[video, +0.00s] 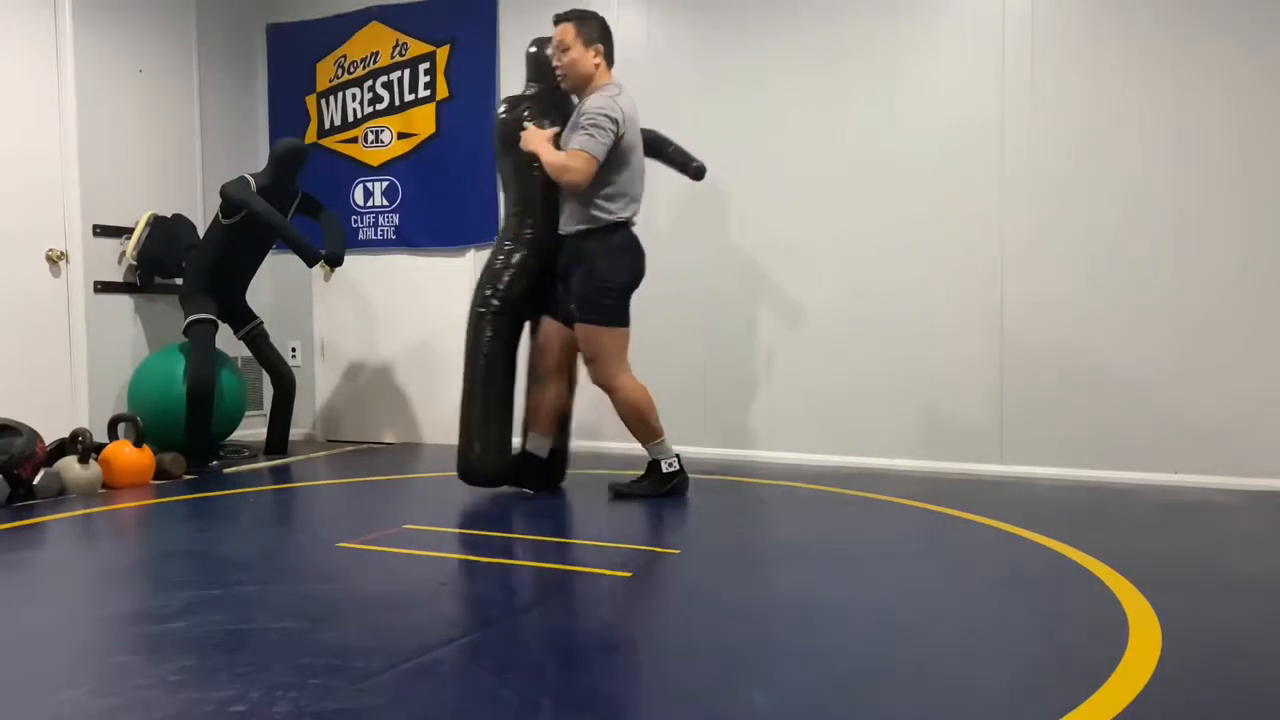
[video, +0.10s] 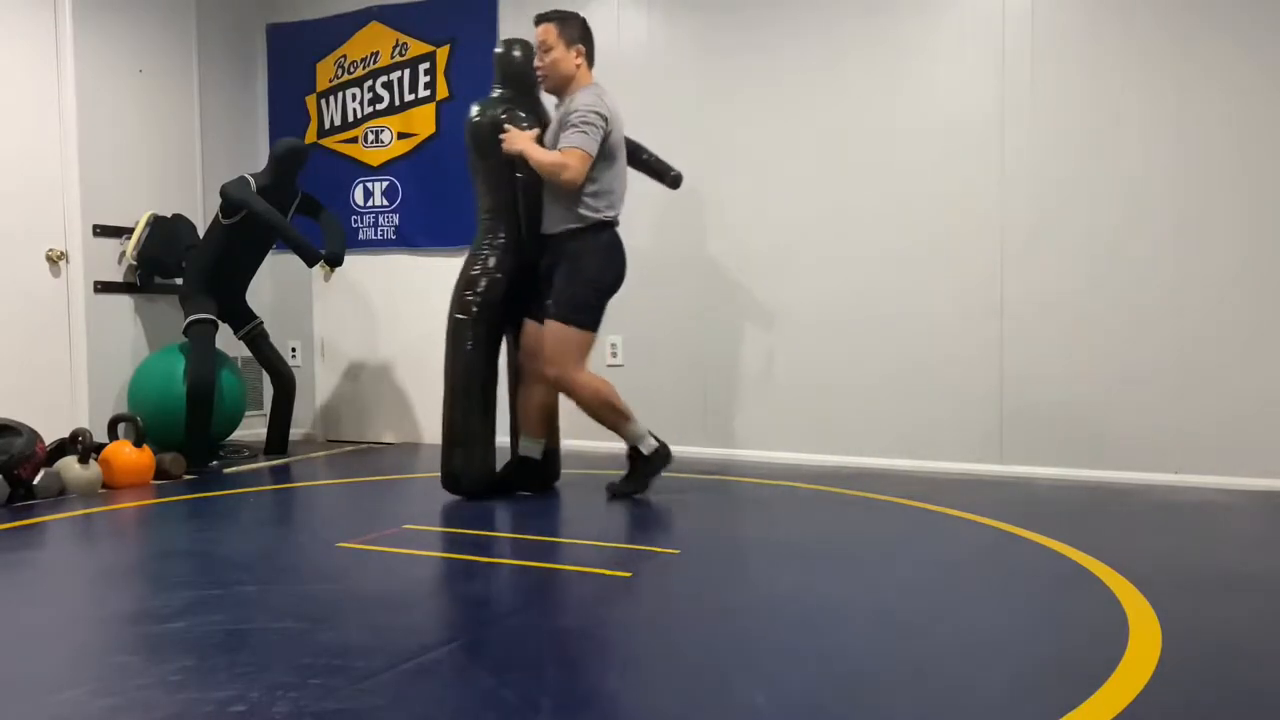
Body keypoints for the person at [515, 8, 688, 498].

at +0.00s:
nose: (555, 61)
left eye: (563, 50)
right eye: (554, 52)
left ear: (596, 53)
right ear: (591, 56)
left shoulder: (602, 105)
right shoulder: (602, 102)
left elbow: (576, 173)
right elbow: (579, 164)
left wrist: (542, 148)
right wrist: (553, 143)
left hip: (603, 248)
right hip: (580, 248)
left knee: (610, 372)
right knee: (549, 360)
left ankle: (667, 465)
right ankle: (535, 464)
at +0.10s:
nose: (537, 62)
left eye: (545, 51)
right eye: (536, 53)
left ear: (577, 53)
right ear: (567, 57)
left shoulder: (588, 104)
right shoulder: (569, 106)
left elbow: (571, 170)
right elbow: (560, 162)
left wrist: (527, 148)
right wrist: (531, 145)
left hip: (588, 247)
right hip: (559, 247)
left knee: (560, 367)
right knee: (532, 358)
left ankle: (647, 447)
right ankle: (532, 466)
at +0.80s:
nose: (438, 30)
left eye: (447, 17)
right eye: (437, 18)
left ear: (483, 24)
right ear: (476, 26)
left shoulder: (500, 86)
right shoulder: (475, 83)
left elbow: (487, 168)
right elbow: (466, 146)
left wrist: (433, 137)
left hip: (504, 236)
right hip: (480, 233)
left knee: (461, 358)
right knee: (441, 341)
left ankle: (474, 492)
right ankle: (495, 445)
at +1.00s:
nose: (419, 24)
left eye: (428, 14)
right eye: (419, 15)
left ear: (465, 18)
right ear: (460, 20)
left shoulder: (478, 81)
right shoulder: (461, 76)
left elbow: (461, 164)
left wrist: (412, 130)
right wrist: (411, 117)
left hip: (490, 237)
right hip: (463, 233)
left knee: (451, 362)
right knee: (419, 344)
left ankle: (471, 493)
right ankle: (432, 471)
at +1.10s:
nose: (409, 23)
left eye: (420, 12)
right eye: (408, 13)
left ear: (456, 18)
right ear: (444, 21)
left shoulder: (467, 79)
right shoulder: (446, 74)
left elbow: (452, 160)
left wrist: (403, 130)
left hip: (484, 236)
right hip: (455, 233)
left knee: (443, 361)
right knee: (415, 347)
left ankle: (470, 492)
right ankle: (416, 471)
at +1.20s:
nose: (403, 26)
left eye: (413, 14)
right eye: (402, 16)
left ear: (449, 20)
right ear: (443, 23)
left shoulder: (464, 79)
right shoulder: (442, 78)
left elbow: (447, 157)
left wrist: (398, 130)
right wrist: (395, 119)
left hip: (479, 237)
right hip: (448, 234)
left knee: (441, 365)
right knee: (413, 354)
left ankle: (471, 493)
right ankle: (410, 477)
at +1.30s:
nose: (400, 29)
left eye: (410, 17)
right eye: (398, 19)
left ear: (446, 26)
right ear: (434, 28)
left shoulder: (463, 82)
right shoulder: (425, 81)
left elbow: (450, 158)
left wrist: (394, 134)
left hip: (474, 241)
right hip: (440, 239)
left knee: (421, 365)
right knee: (413, 362)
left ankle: (469, 489)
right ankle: (411, 482)